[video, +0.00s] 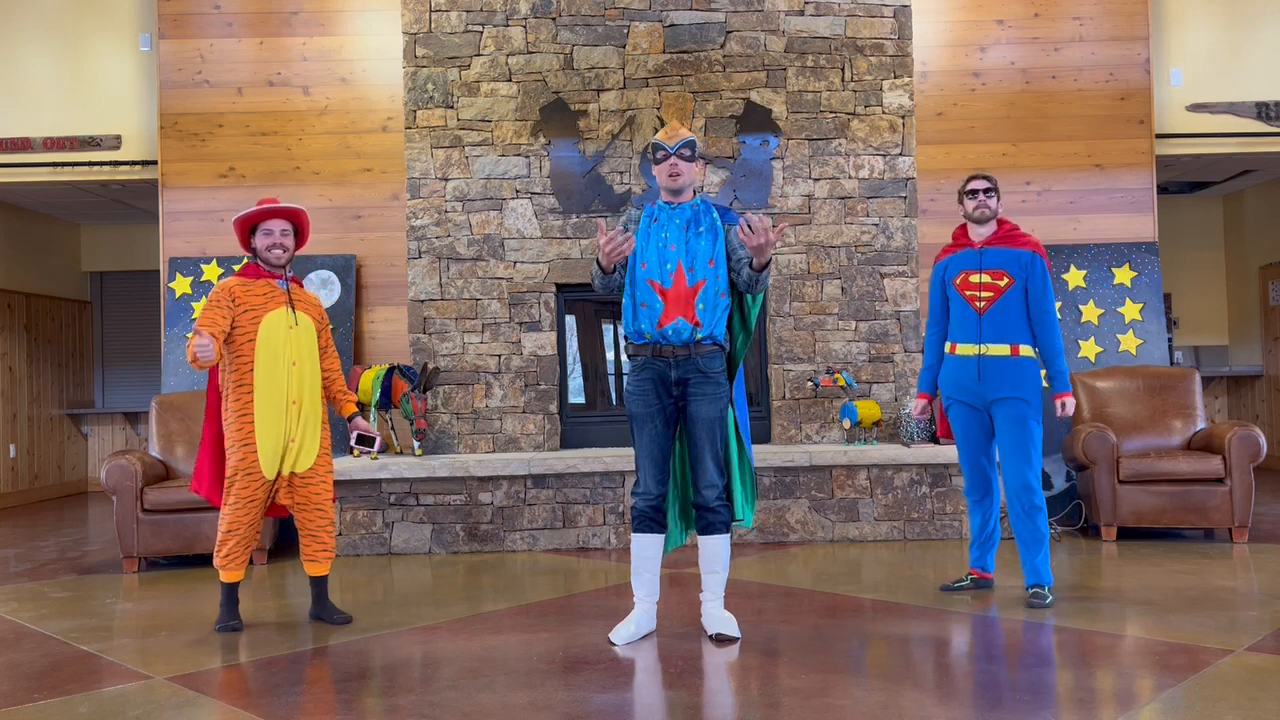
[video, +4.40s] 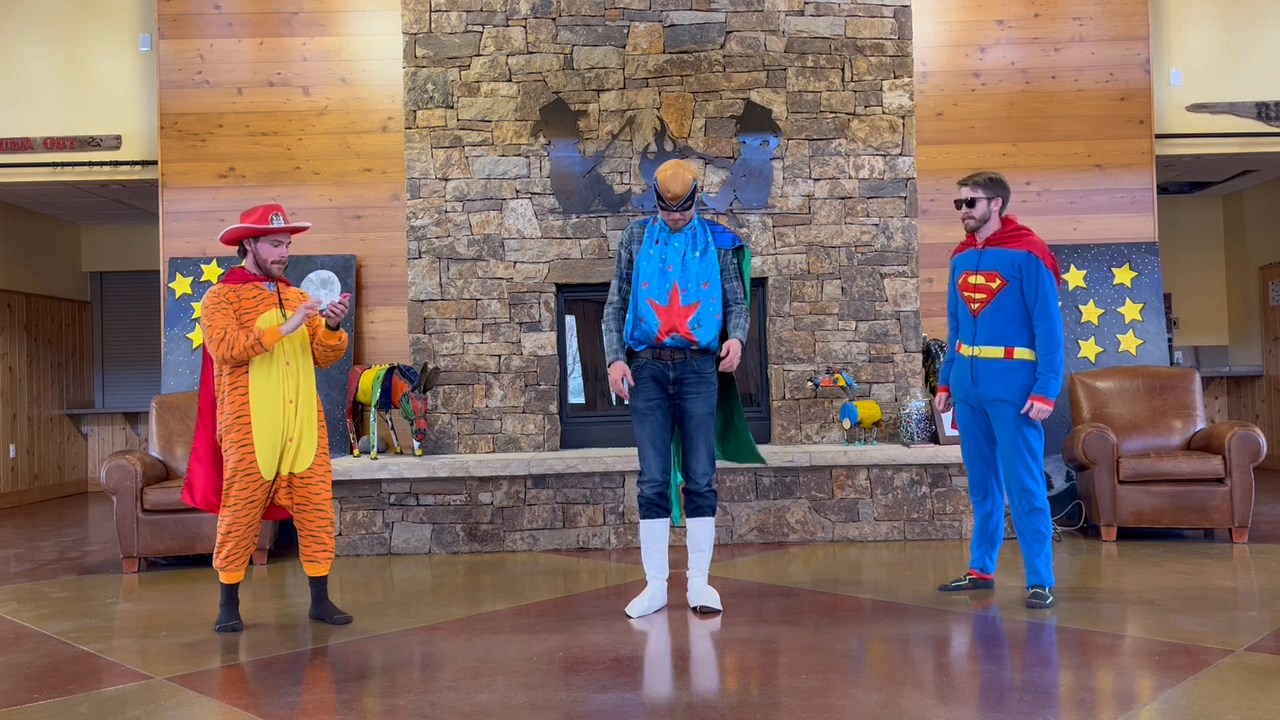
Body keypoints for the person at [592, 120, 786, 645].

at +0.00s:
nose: (673, 162)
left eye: (684, 155)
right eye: (663, 156)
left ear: (701, 167)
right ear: (651, 168)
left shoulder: (722, 221)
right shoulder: (635, 220)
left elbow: (744, 285)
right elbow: (608, 292)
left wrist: (759, 259)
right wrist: (608, 269)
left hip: (704, 365)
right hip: (646, 366)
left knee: (710, 485)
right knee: (650, 487)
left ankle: (714, 607)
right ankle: (644, 608)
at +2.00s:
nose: (673, 170)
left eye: (683, 159)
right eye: (662, 162)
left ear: (699, 165)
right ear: (651, 170)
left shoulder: (727, 225)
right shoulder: (636, 223)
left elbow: (751, 299)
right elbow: (610, 300)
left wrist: (780, 283)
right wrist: (585, 279)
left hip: (706, 365)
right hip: (646, 365)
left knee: (710, 485)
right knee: (649, 487)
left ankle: (714, 607)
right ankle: (644, 609)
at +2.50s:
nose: (692, 170)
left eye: (702, 161)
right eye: (682, 161)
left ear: (716, 166)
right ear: (669, 166)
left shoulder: (740, 226)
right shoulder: (646, 223)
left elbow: (762, 296)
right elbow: (616, 290)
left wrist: (770, 358)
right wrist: (600, 348)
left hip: (715, 366)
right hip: (654, 366)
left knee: (716, 488)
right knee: (653, 489)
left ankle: (715, 607)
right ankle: (644, 609)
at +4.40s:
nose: (675, 217)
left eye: (682, 210)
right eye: (668, 210)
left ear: (696, 201)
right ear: (656, 202)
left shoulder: (717, 241)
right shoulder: (635, 236)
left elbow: (738, 302)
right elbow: (615, 304)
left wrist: (736, 337)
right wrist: (615, 358)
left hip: (699, 367)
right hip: (646, 368)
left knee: (700, 476)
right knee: (653, 477)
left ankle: (699, 583)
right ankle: (656, 585)